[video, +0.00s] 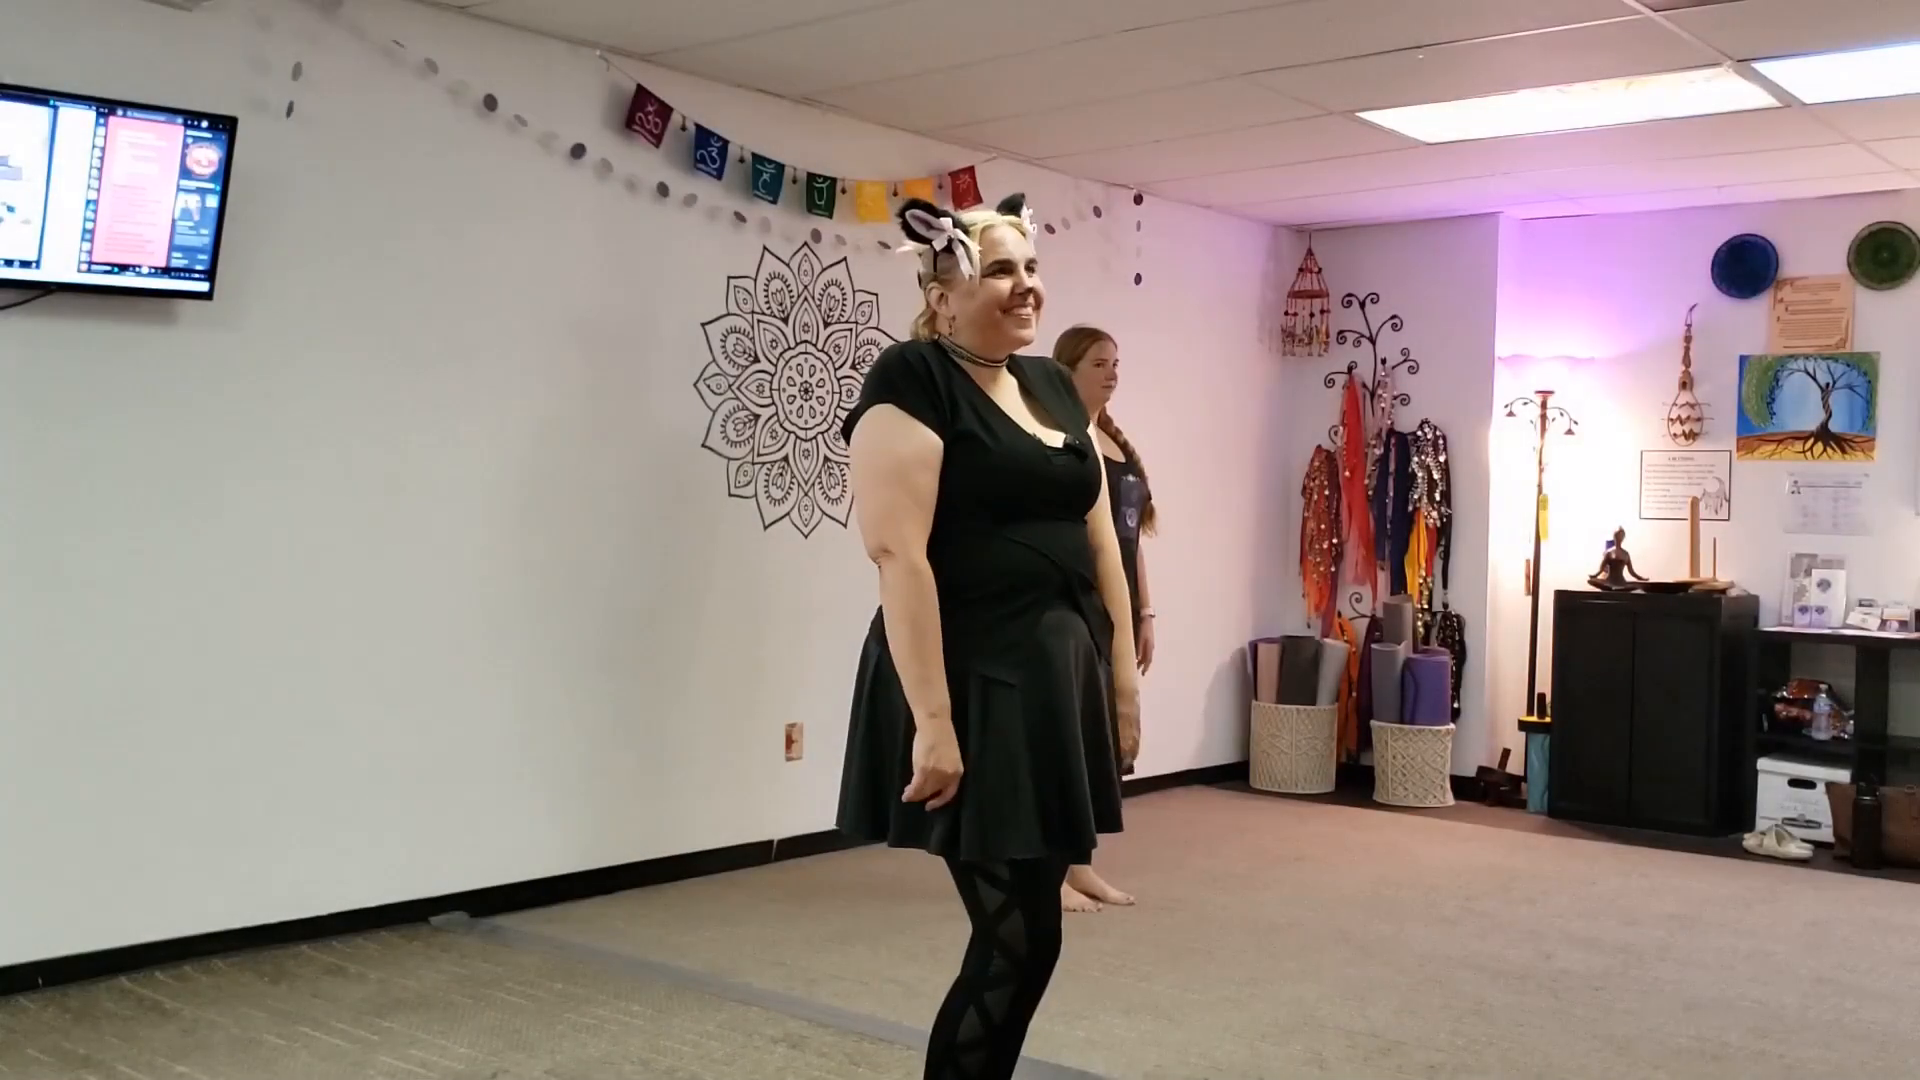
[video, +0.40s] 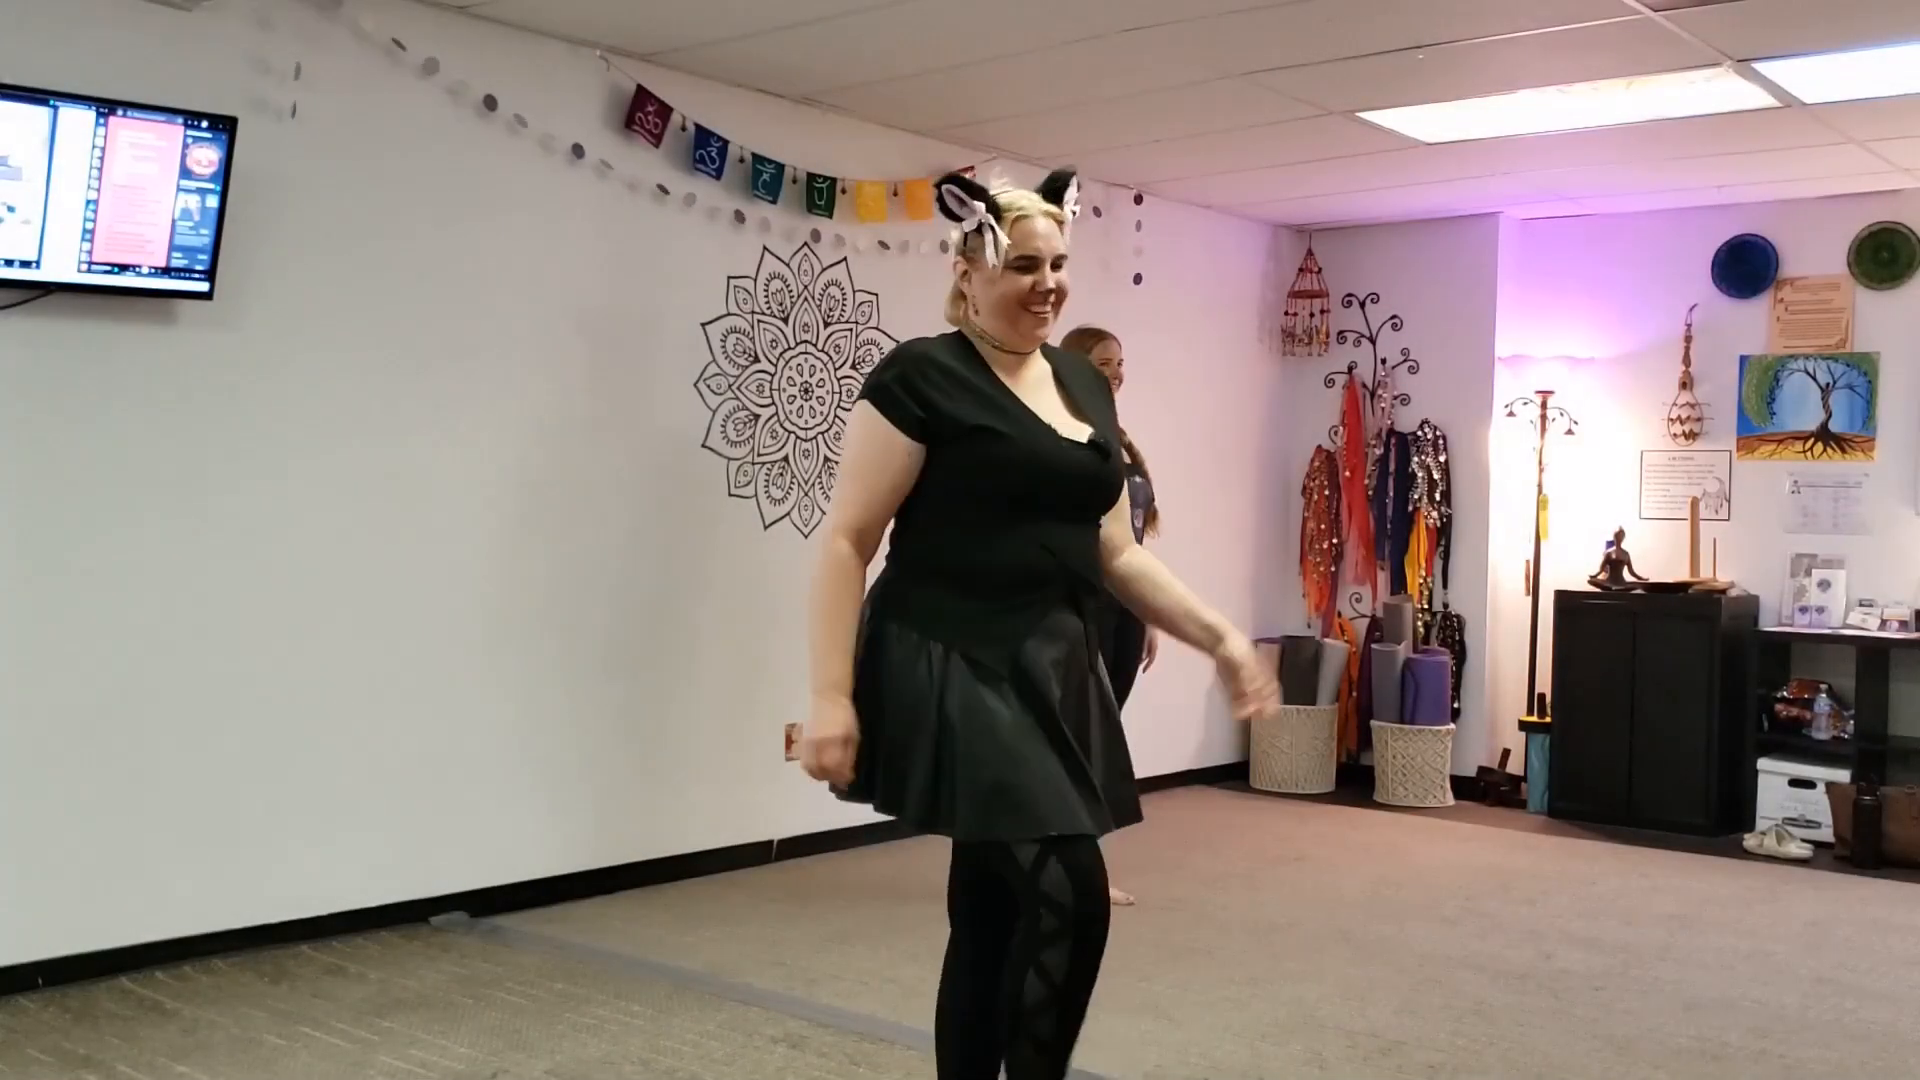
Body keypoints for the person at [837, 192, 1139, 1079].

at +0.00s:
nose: (1027, 284)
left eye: (1031, 269)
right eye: (1000, 271)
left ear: (1039, 282)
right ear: (941, 298)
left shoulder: (1051, 386)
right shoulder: (910, 379)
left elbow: (1102, 535)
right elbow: (897, 554)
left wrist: (1124, 675)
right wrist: (931, 720)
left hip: (1060, 683)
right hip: (968, 689)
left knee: (1021, 937)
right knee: (1019, 941)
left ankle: (969, 1069)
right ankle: (957, 1072)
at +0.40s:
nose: (1048, 282)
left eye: (1059, 265)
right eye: (1025, 264)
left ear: (1068, 271)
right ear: (967, 272)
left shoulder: (1075, 383)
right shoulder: (921, 375)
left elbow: (1116, 549)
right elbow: (846, 541)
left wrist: (1222, 635)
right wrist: (830, 698)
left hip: (1051, 666)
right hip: (942, 664)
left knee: (990, 918)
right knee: (1074, 898)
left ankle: (965, 1076)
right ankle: (1033, 1070)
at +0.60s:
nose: (1061, 276)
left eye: (1074, 258)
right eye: (1035, 259)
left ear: (1088, 275)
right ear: (989, 276)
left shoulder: (1109, 401)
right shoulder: (945, 376)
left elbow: (1157, 555)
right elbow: (854, 534)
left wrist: (1310, 548)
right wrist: (778, 678)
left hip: (1071, 678)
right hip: (960, 680)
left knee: (999, 932)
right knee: (1061, 940)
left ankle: (972, 1074)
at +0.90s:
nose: (1079, 266)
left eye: (1096, 247)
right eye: (1054, 253)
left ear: (1127, 268)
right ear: (1023, 284)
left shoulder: (1181, 398)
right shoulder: (982, 389)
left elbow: (1258, 547)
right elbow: (879, 552)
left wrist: (1384, 456)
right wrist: (772, 681)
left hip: (1136, 715)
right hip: (998, 709)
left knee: (1101, 966)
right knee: (1070, 977)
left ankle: (1016, 1065)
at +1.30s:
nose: (1081, 243)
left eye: (1108, 227)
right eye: (1061, 225)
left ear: (1150, 253)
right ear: (1037, 249)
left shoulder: (1214, 364)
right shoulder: (983, 377)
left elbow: (1299, 534)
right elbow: (894, 550)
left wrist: (1424, 547)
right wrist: (766, 637)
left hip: (1180, 718)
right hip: (1024, 721)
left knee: (1168, 996)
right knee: (1073, 1008)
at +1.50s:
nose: (1054, 222)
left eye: (1086, 201)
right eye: (1042, 206)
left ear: (1148, 224)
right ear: (1029, 234)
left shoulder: (1219, 369)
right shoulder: (989, 367)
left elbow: (1286, 569)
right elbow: (918, 551)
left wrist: (1374, 699)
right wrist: (803, 641)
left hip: (1164, 749)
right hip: (1010, 748)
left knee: (1103, 1047)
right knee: (1061, 1041)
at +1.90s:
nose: (979, 217)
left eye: (1008, 192)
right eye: (975, 199)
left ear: (1102, 200)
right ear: (973, 216)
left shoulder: (1181, 365)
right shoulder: (962, 356)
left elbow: (1233, 605)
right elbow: (912, 561)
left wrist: (1335, 783)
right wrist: (804, 685)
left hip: (1082, 771)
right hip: (921, 764)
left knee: (1061, 1057)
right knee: (944, 1056)